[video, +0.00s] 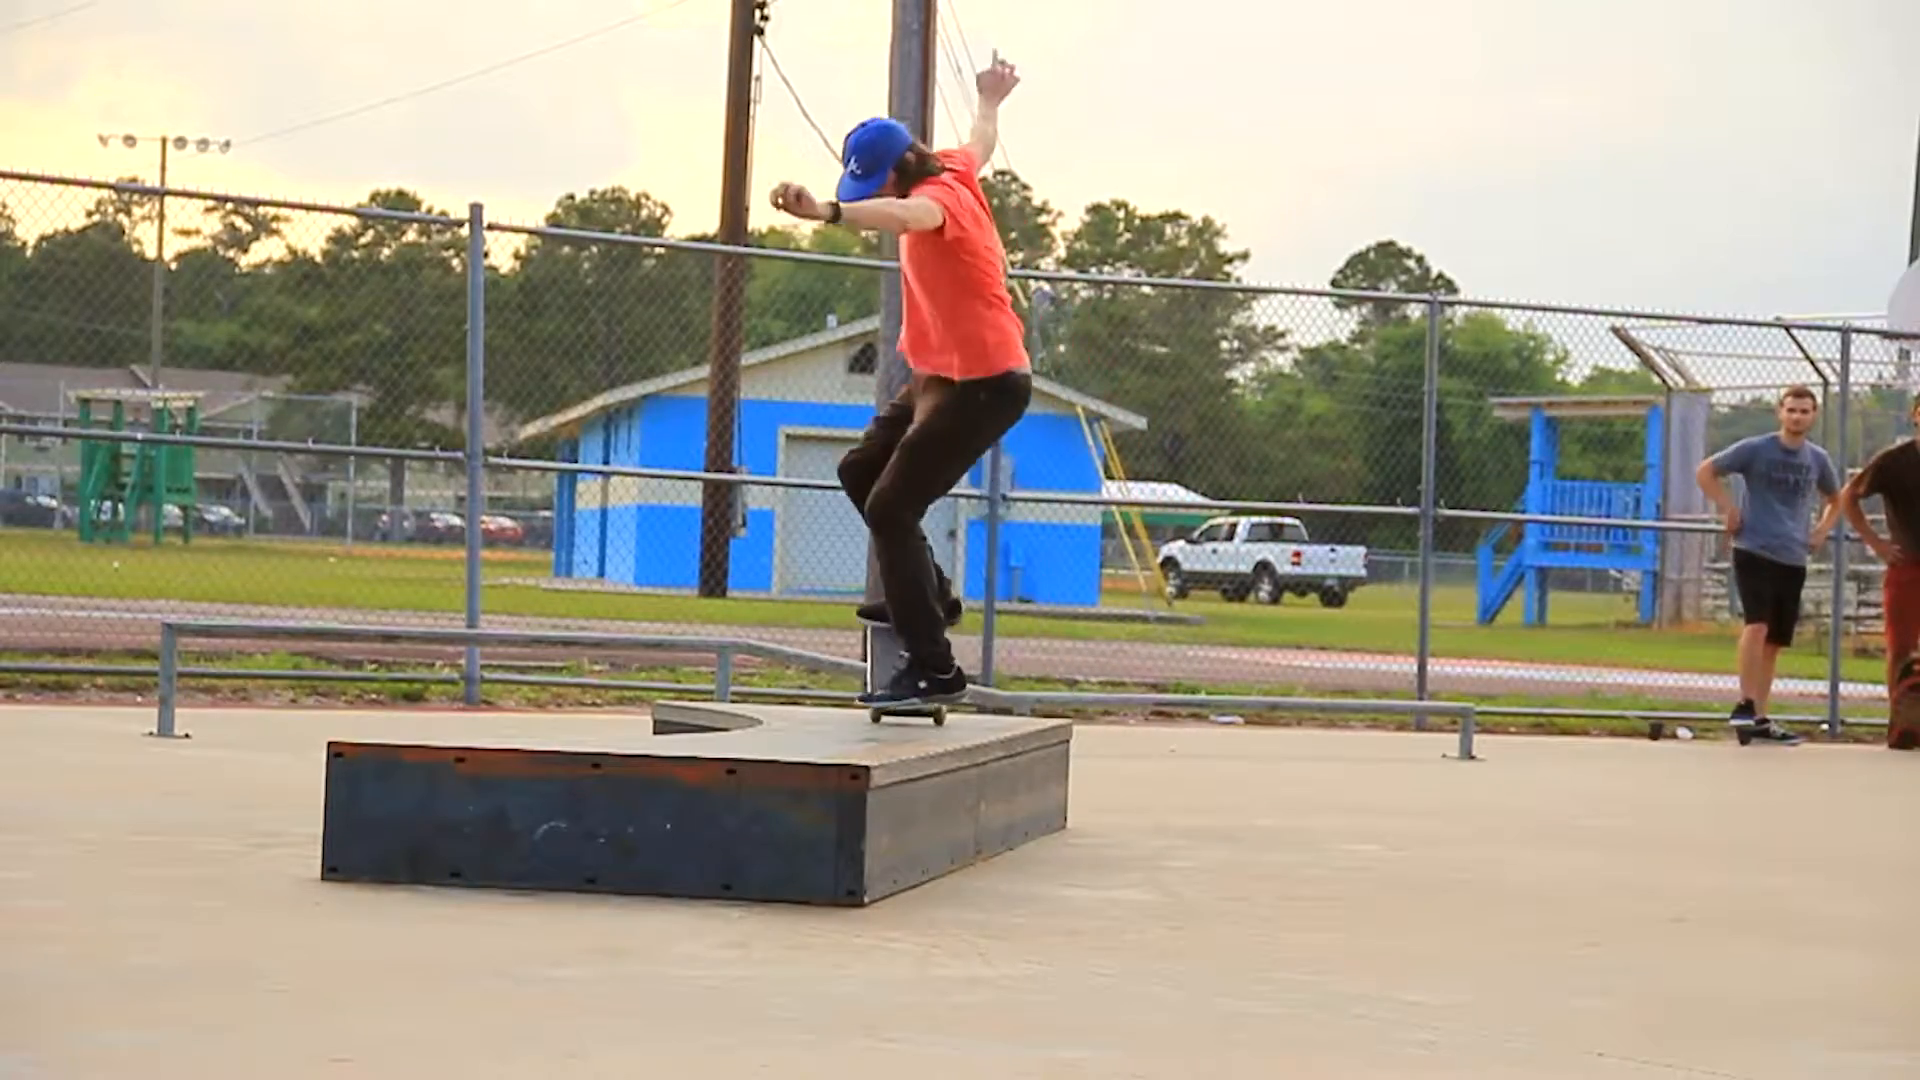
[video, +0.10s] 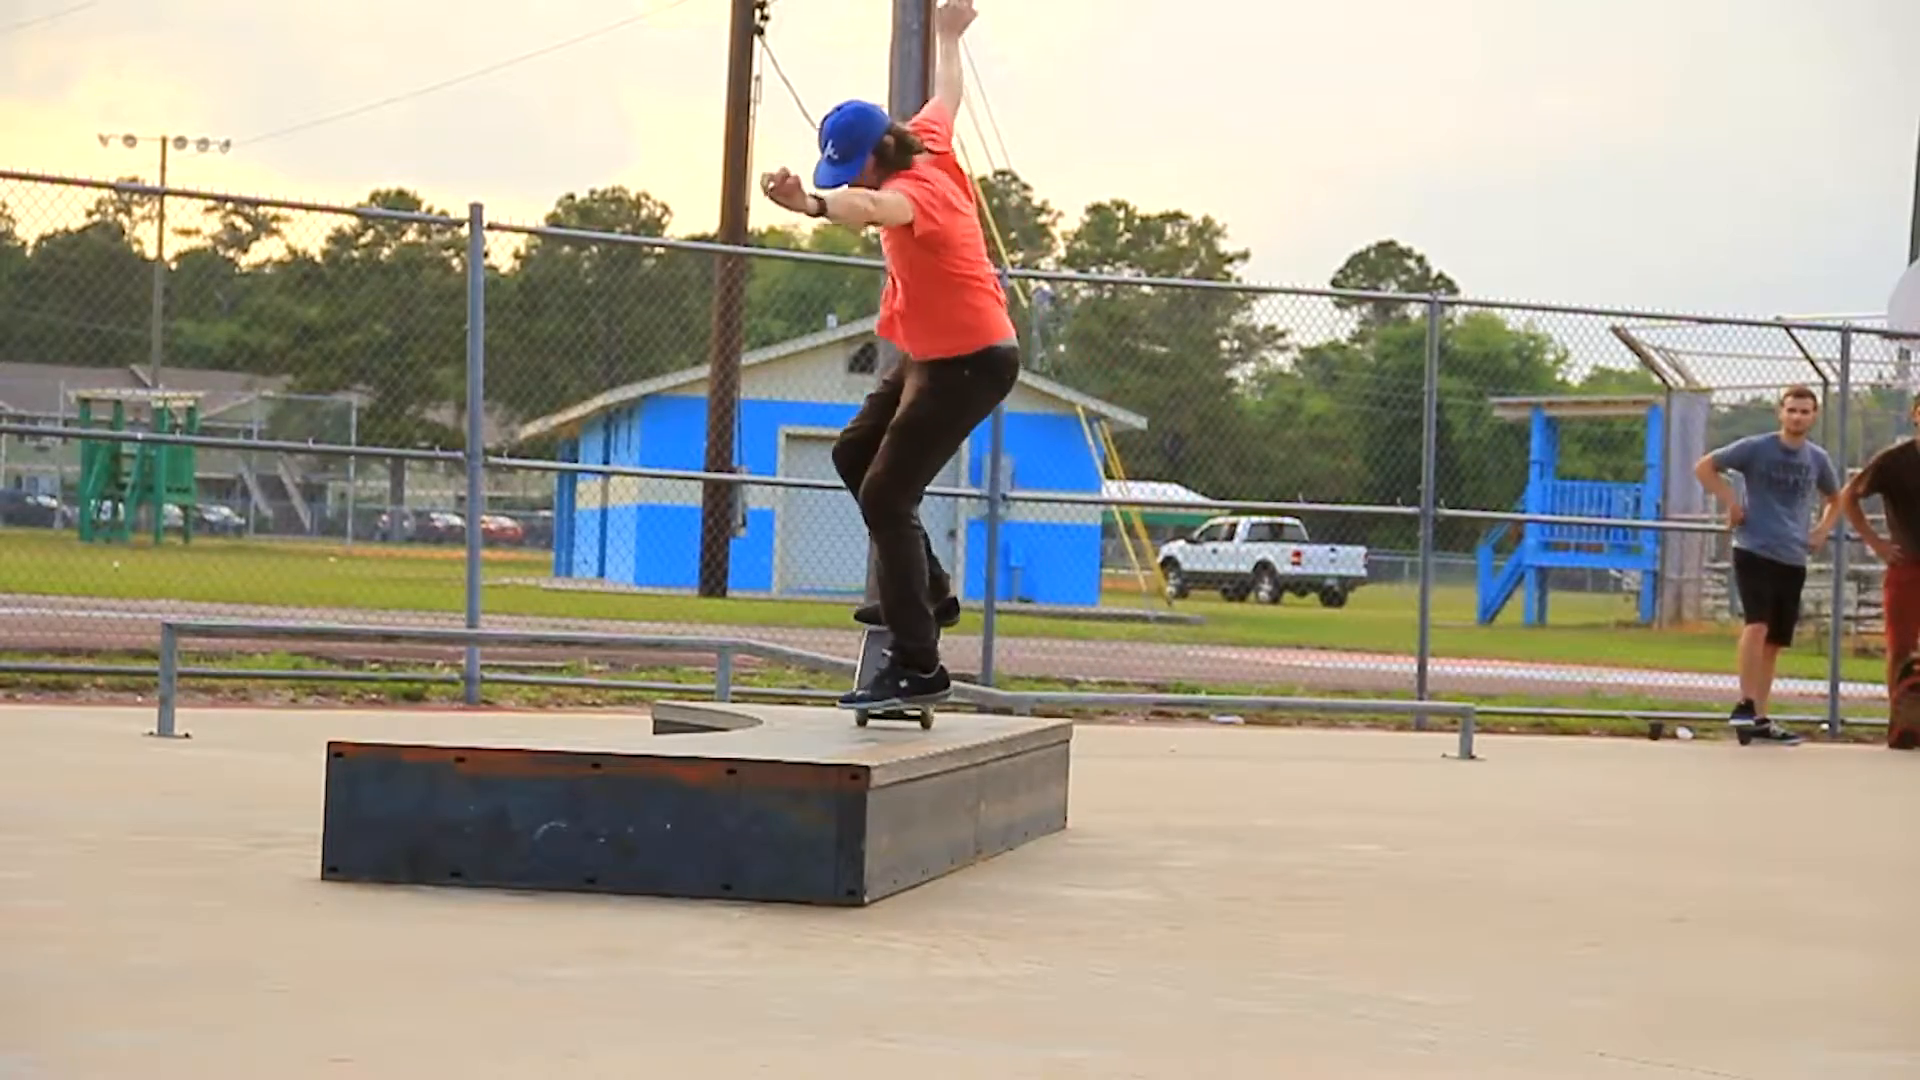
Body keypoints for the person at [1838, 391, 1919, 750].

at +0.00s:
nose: (1919, 419)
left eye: (1919, 413)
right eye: (1919, 413)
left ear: (1914, 416)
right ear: (1914, 416)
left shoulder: (1900, 457)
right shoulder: (1899, 458)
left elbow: (1849, 496)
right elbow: (1849, 496)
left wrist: (1876, 543)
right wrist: (1875, 543)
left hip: (1909, 569)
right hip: (1907, 567)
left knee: (1904, 650)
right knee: (1902, 650)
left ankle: (1905, 727)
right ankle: (1902, 726)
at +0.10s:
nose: (1919, 418)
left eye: (1918, 412)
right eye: (1919, 412)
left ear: (1914, 415)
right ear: (1914, 415)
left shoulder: (1900, 457)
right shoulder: (1899, 458)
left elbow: (1849, 496)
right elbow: (1849, 496)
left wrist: (1876, 543)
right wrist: (1875, 543)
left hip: (1909, 569)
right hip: (1907, 567)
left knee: (1904, 650)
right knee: (1902, 650)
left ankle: (1905, 727)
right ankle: (1901, 727)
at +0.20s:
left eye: (1919, 411)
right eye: (1919, 411)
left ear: (1914, 416)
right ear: (1914, 416)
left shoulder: (1900, 457)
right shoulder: (1899, 458)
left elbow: (1849, 496)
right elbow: (1849, 496)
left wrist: (1876, 543)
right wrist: (1875, 543)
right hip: (1907, 566)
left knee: (1904, 648)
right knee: (1902, 648)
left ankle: (1905, 726)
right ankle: (1901, 726)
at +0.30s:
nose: (1919, 418)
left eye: (1918, 412)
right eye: (1919, 412)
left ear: (1914, 416)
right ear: (1914, 416)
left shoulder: (1900, 457)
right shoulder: (1899, 458)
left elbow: (1849, 497)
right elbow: (1849, 496)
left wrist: (1876, 543)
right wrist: (1875, 543)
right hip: (1907, 565)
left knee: (1904, 647)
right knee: (1902, 647)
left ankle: (1905, 726)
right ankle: (1901, 726)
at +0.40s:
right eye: (1919, 411)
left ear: (1915, 415)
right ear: (1915, 415)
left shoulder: (1901, 457)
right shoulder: (1900, 457)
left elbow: (1849, 496)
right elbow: (1848, 497)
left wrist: (1875, 542)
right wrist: (1876, 543)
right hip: (1907, 566)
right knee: (1902, 649)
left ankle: (1907, 727)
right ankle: (1902, 728)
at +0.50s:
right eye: (1919, 412)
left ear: (1914, 415)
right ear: (1915, 415)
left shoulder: (1900, 457)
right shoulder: (1900, 457)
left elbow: (1849, 497)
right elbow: (1848, 497)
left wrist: (1876, 542)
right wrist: (1876, 543)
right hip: (1907, 566)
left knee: (1904, 651)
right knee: (1902, 649)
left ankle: (1906, 729)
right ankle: (1901, 729)